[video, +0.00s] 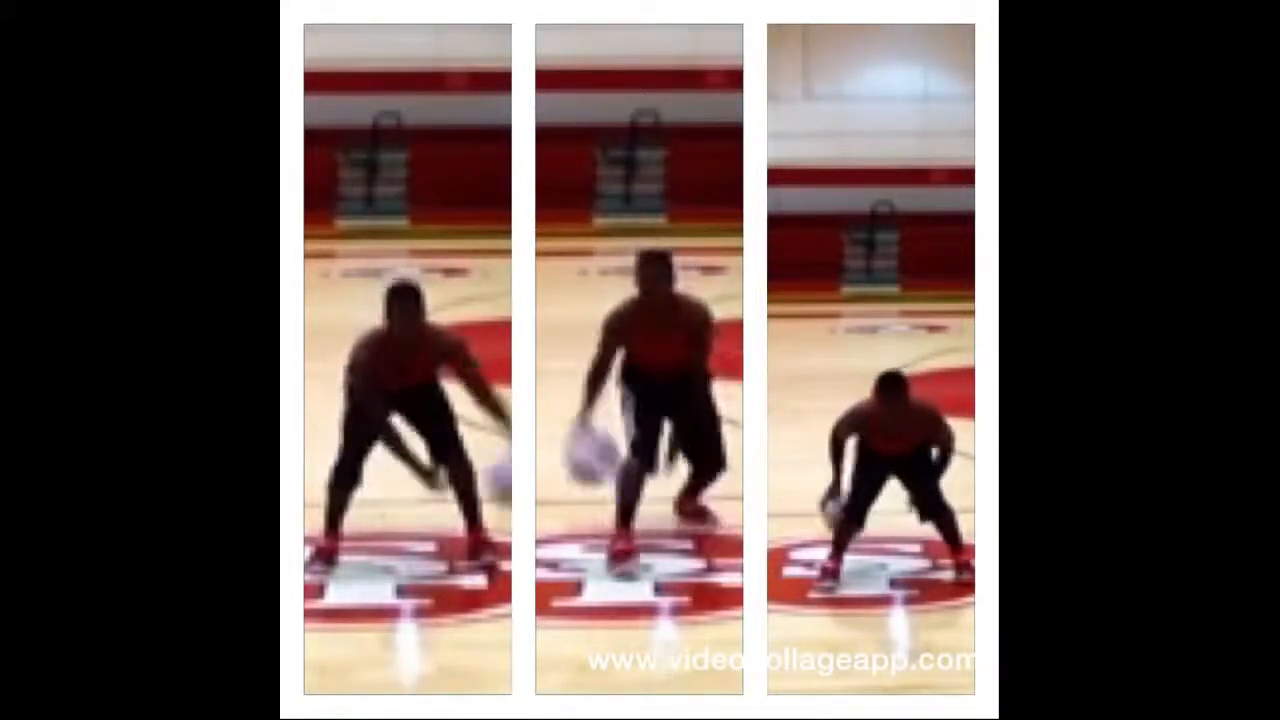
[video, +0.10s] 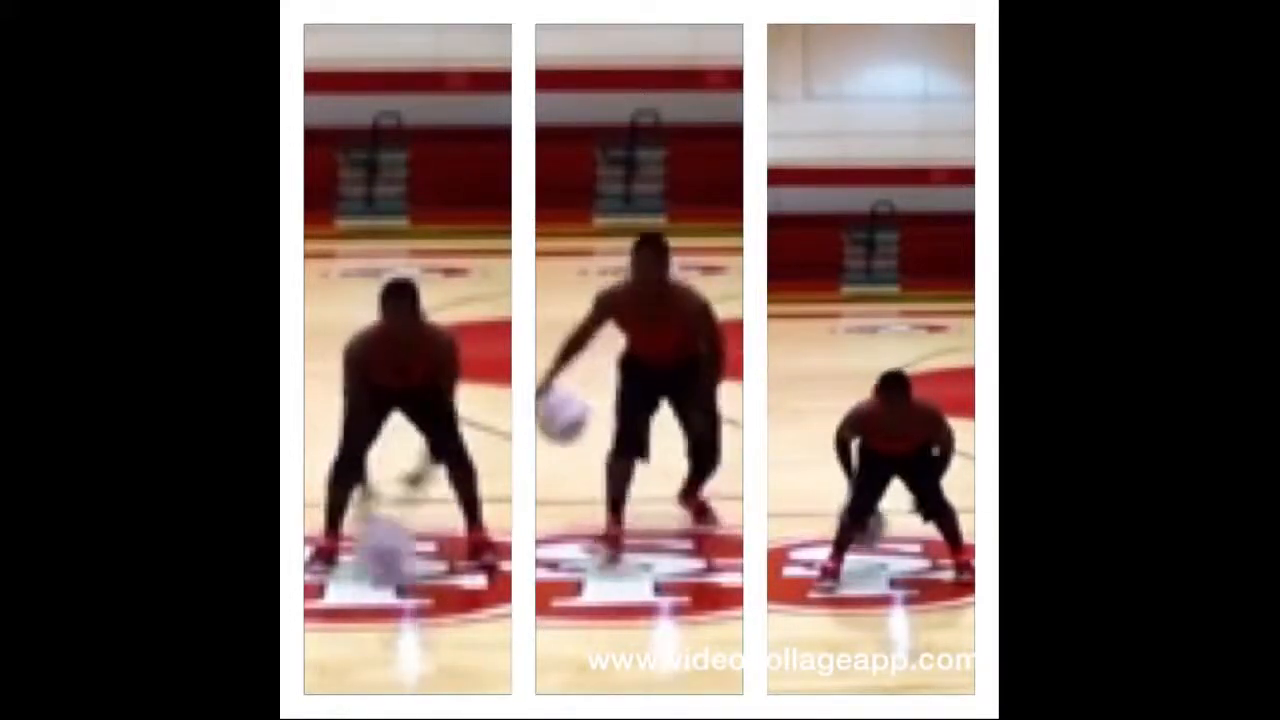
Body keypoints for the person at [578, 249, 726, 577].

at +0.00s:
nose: (651, 289)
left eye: (659, 281)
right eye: (645, 281)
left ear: (671, 280)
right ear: (637, 281)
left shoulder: (696, 317)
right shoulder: (624, 319)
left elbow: (698, 379)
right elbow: (601, 368)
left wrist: (679, 433)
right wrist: (586, 413)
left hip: (687, 386)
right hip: (644, 388)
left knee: (711, 460)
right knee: (642, 456)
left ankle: (688, 501)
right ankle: (623, 531)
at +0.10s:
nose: (648, 275)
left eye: (655, 267)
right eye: (642, 267)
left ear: (666, 267)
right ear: (632, 266)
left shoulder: (690, 304)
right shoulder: (616, 300)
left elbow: (716, 351)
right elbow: (581, 338)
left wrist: (708, 391)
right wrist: (549, 378)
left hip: (686, 372)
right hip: (640, 370)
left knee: (708, 453)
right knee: (626, 447)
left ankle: (689, 494)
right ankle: (614, 522)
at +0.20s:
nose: (647, 274)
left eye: (654, 266)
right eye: (641, 265)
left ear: (665, 265)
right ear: (632, 264)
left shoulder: (686, 300)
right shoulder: (612, 295)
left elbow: (716, 345)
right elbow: (582, 328)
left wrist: (717, 401)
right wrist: (557, 368)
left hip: (682, 367)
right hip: (636, 366)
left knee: (698, 438)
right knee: (609, 441)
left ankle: (710, 496)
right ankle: (615, 504)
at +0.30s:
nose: (650, 283)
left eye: (657, 275)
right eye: (643, 274)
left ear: (667, 275)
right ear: (634, 275)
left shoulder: (688, 315)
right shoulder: (612, 314)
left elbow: (708, 372)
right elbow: (606, 370)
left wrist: (702, 421)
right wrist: (613, 420)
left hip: (678, 379)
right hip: (633, 375)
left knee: (692, 451)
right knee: (587, 441)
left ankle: (714, 525)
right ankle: (612, 510)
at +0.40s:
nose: (654, 285)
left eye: (661, 277)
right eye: (647, 278)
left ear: (670, 278)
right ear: (637, 279)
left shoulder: (690, 318)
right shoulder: (617, 321)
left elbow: (706, 372)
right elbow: (625, 387)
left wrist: (716, 416)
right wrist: (645, 435)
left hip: (674, 392)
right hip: (629, 392)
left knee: (683, 452)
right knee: (592, 457)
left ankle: (711, 525)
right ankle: (614, 509)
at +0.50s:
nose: (660, 276)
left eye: (666, 268)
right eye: (653, 268)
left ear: (675, 268)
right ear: (641, 270)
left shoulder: (693, 300)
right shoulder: (623, 311)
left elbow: (727, 329)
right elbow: (604, 362)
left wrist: (750, 348)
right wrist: (606, 403)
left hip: (675, 370)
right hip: (629, 374)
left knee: (698, 443)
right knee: (607, 449)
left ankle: (717, 520)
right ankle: (613, 505)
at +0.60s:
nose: (666, 273)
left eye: (671, 264)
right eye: (658, 266)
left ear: (680, 264)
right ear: (645, 268)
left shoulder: (700, 294)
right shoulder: (627, 307)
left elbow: (742, 321)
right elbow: (593, 361)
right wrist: (590, 419)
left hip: (683, 363)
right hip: (636, 367)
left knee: (719, 430)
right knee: (622, 438)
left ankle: (709, 507)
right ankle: (610, 505)